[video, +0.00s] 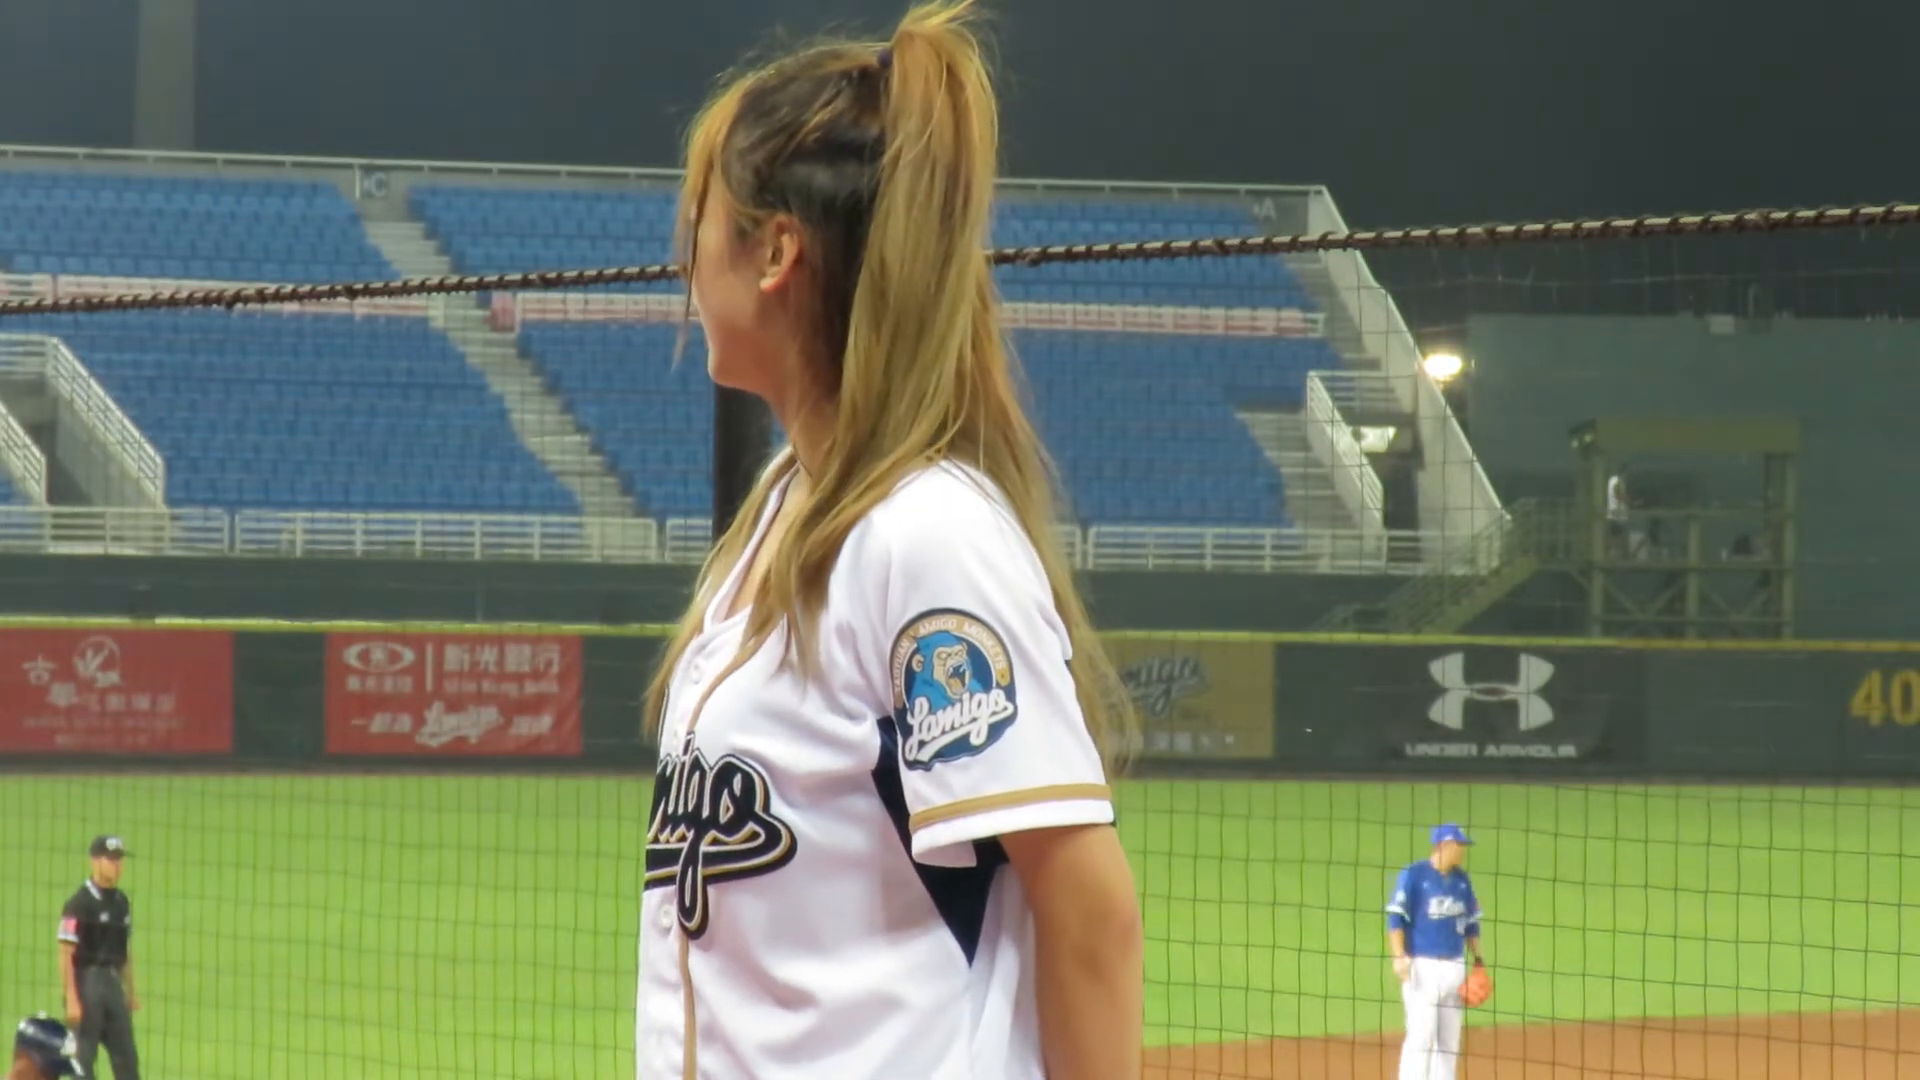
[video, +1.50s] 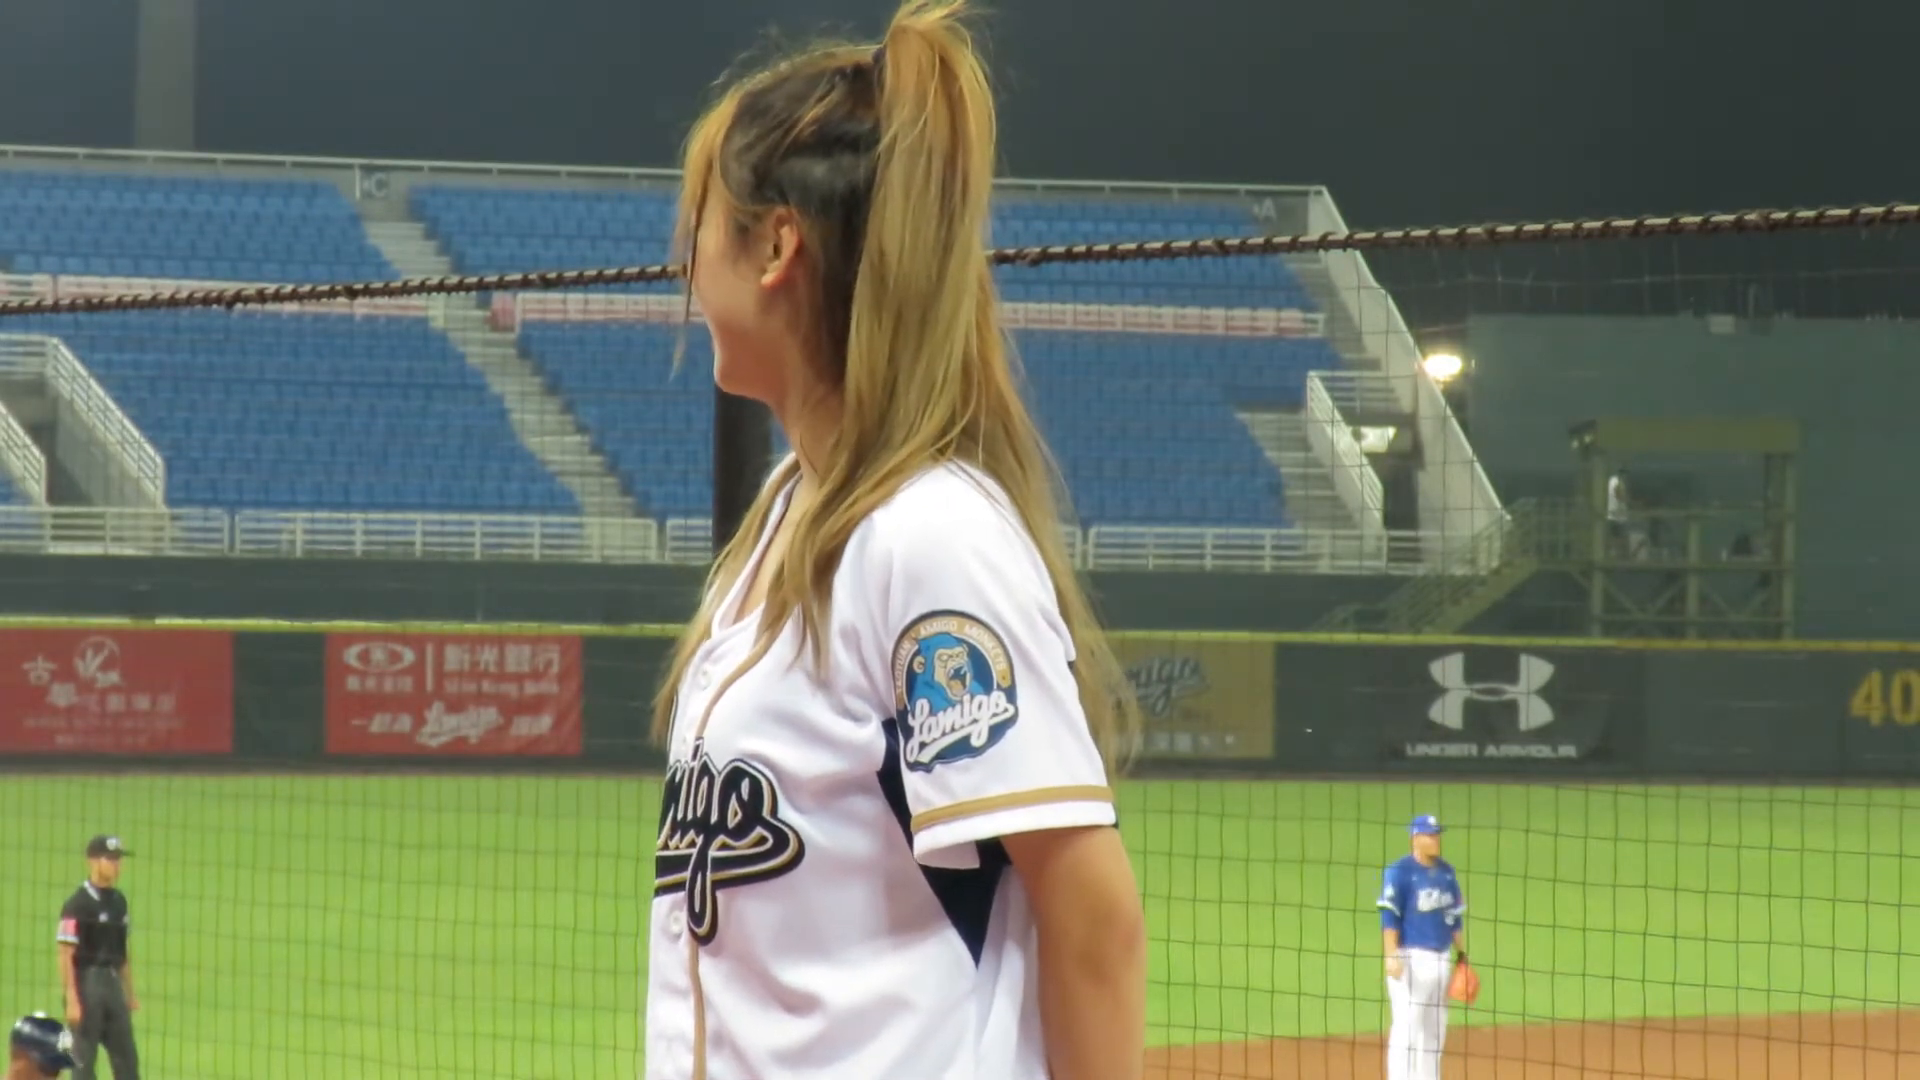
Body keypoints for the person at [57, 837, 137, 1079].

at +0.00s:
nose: (116, 865)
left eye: (119, 859)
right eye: (110, 859)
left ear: (122, 862)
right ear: (95, 860)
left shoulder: (121, 901)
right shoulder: (78, 903)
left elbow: (123, 952)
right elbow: (66, 954)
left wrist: (129, 990)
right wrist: (72, 1000)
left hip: (114, 973)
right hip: (87, 973)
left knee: (125, 1054)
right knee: (84, 1053)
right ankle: (81, 1074)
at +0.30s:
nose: (116, 866)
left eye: (118, 860)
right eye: (109, 860)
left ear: (121, 862)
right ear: (94, 861)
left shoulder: (120, 901)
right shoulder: (78, 903)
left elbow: (122, 952)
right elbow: (65, 954)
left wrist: (129, 990)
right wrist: (72, 999)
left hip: (113, 973)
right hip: (87, 973)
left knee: (125, 1054)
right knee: (83, 1053)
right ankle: (81, 1074)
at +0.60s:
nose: (116, 866)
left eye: (118, 860)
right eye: (109, 860)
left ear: (120, 862)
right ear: (94, 861)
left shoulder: (119, 901)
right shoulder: (78, 903)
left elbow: (122, 952)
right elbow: (65, 954)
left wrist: (129, 990)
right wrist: (71, 999)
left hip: (113, 973)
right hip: (87, 973)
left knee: (125, 1054)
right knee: (83, 1053)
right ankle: (81, 1074)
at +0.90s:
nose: (116, 865)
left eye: (118, 859)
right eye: (110, 859)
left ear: (119, 862)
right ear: (94, 861)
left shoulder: (119, 901)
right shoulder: (77, 904)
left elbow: (121, 952)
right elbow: (65, 954)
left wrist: (129, 992)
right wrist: (72, 1000)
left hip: (113, 973)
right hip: (86, 972)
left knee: (125, 1051)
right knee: (84, 1052)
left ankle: (127, 1076)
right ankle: (82, 1074)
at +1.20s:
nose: (116, 866)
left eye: (117, 860)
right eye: (110, 860)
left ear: (118, 862)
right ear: (94, 861)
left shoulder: (118, 901)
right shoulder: (77, 904)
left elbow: (121, 952)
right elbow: (65, 954)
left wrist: (128, 991)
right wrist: (72, 1000)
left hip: (113, 973)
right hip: (87, 972)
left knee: (125, 1051)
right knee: (84, 1052)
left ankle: (127, 1076)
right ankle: (82, 1074)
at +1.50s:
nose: (116, 866)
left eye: (117, 860)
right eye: (110, 860)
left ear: (118, 862)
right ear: (93, 861)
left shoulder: (118, 901)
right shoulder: (77, 904)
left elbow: (121, 951)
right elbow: (65, 954)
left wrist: (128, 991)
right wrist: (72, 1000)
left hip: (113, 973)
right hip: (87, 973)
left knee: (125, 1053)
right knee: (84, 1055)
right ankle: (82, 1074)